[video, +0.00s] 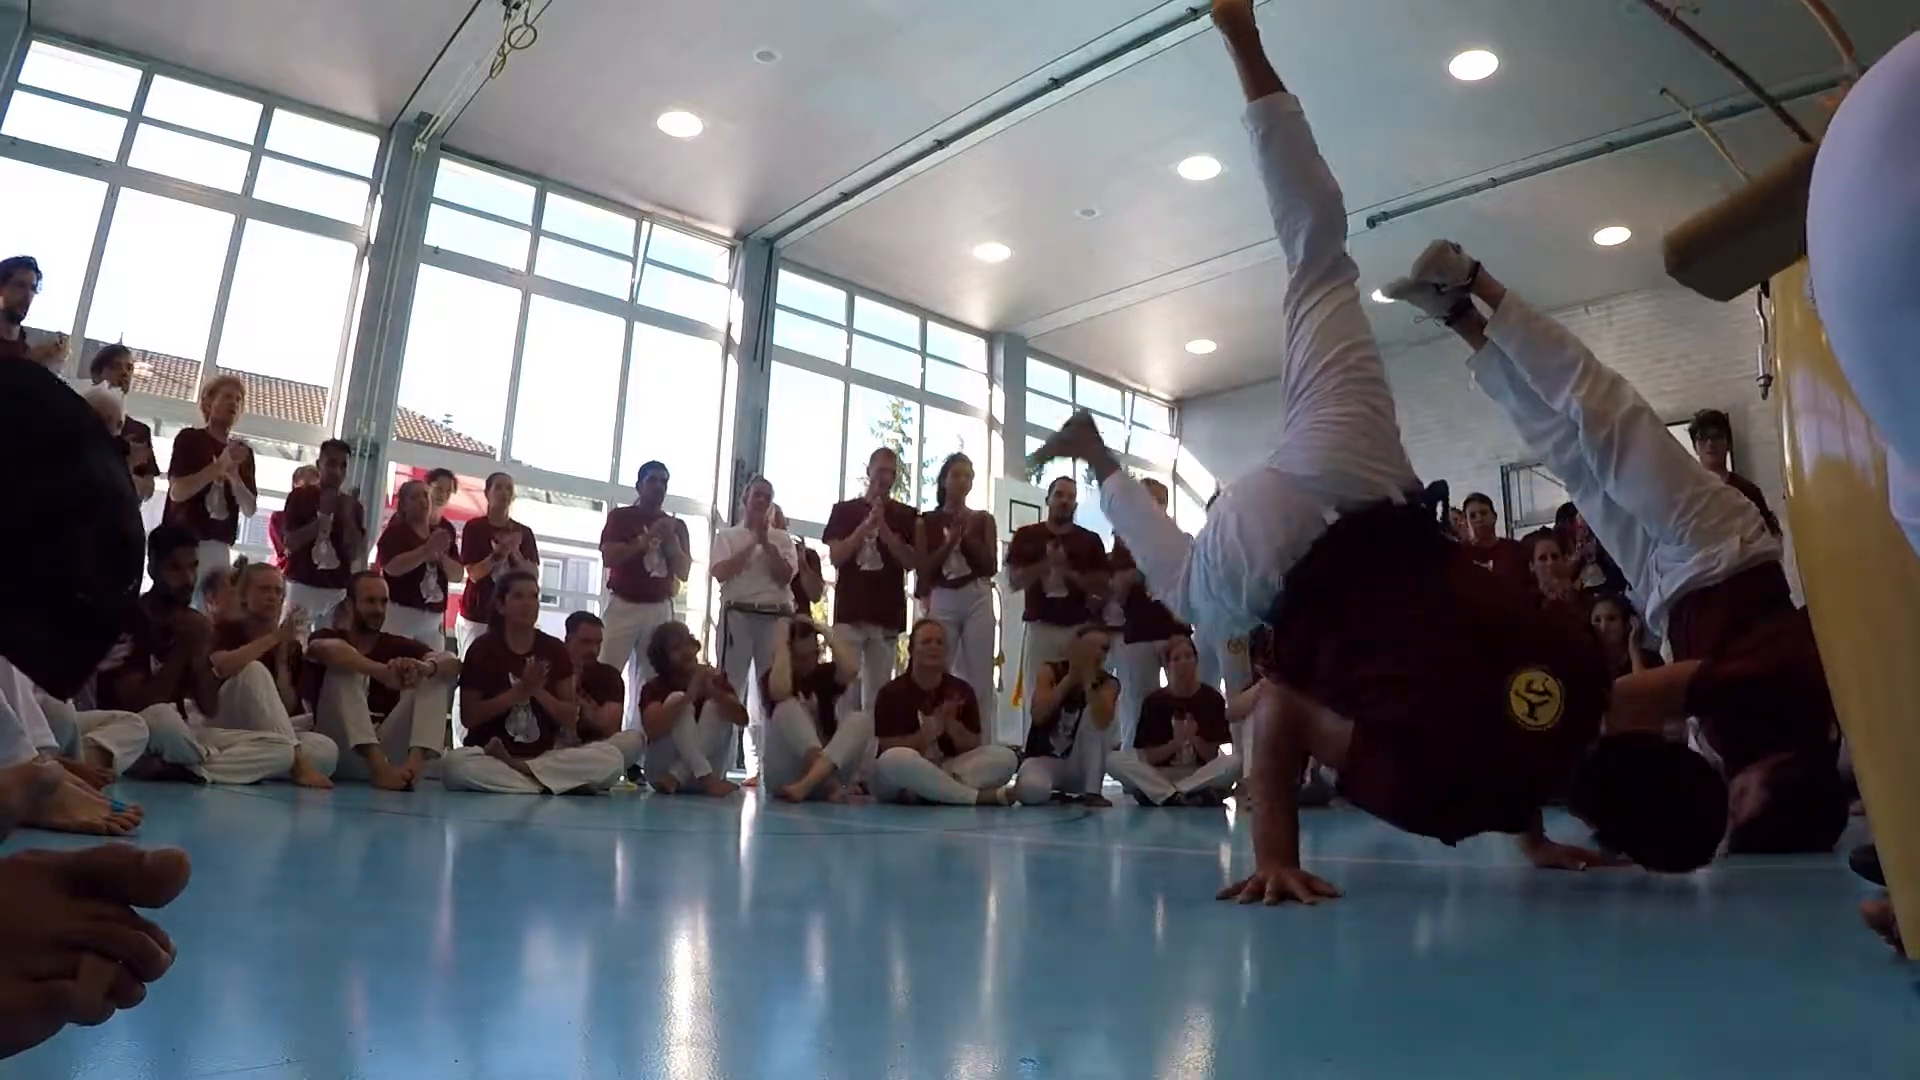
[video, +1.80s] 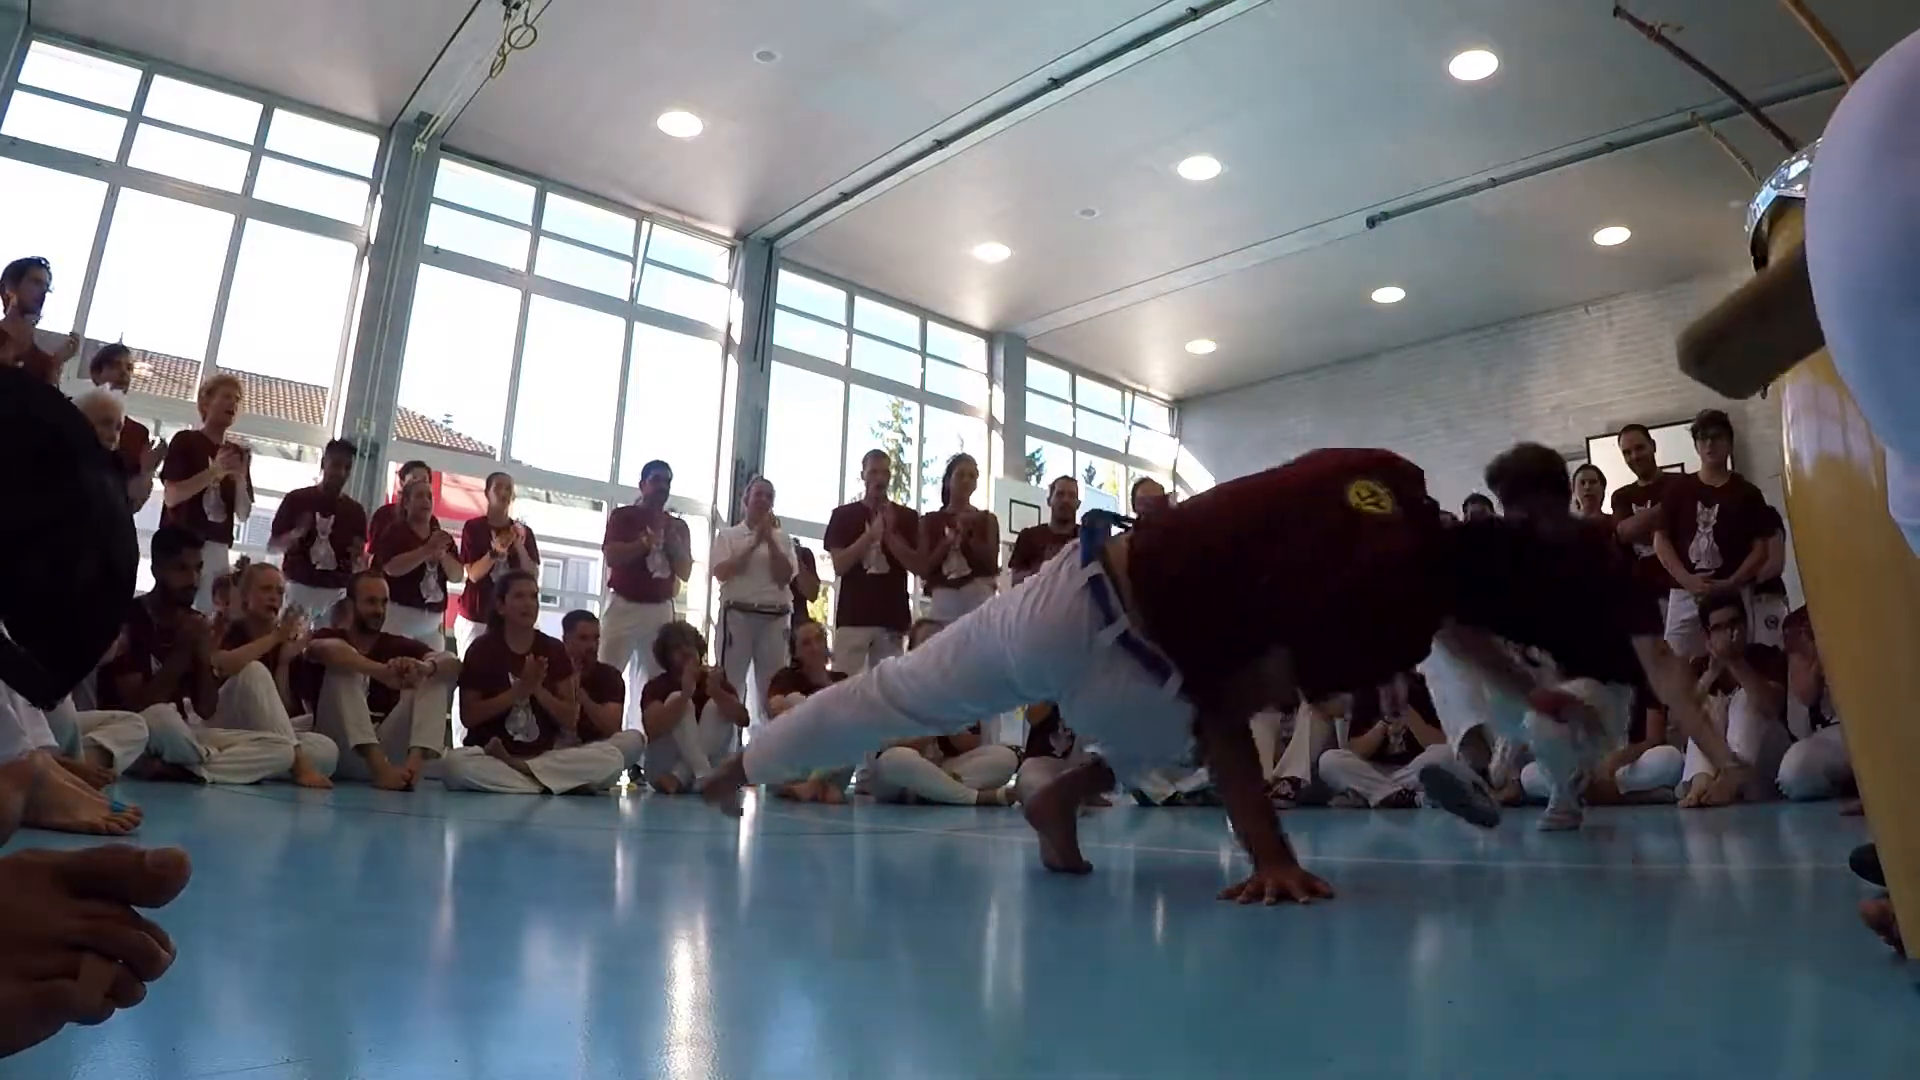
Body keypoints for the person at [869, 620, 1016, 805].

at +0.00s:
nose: (934, 647)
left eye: (939, 642)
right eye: (926, 642)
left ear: (947, 650)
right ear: (911, 650)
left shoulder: (961, 690)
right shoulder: (891, 692)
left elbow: (972, 747)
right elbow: (886, 747)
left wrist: (951, 723)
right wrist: (925, 735)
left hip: (952, 769)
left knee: (1005, 757)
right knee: (895, 759)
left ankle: (932, 793)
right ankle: (975, 797)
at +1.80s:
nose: (933, 652)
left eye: (938, 645)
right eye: (926, 645)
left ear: (948, 649)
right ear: (913, 650)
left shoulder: (962, 685)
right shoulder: (897, 686)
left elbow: (975, 744)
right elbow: (881, 743)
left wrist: (945, 727)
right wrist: (922, 743)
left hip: (952, 766)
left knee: (1006, 757)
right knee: (896, 760)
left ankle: (928, 791)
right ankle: (976, 797)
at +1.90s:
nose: (935, 649)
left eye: (941, 643)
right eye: (927, 643)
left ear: (950, 647)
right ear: (912, 651)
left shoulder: (965, 684)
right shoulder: (895, 689)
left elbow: (982, 741)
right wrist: (920, 754)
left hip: (958, 761)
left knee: (1007, 757)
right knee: (889, 757)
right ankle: (973, 797)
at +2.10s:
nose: (924, 655)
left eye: (930, 648)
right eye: (919, 648)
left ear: (942, 652)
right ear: (910, 651)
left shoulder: (956, 688)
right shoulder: (891, 693)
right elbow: (881, 747)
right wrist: (918, 737)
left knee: (1007, 758)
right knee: (897, 759)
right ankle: (988, 796)